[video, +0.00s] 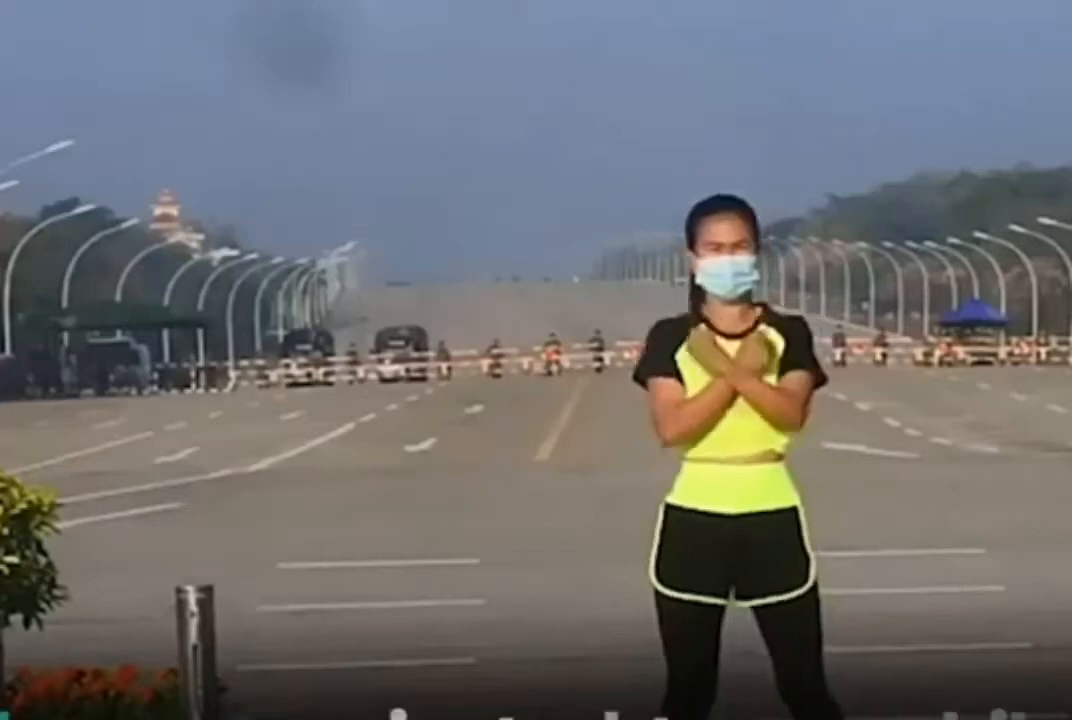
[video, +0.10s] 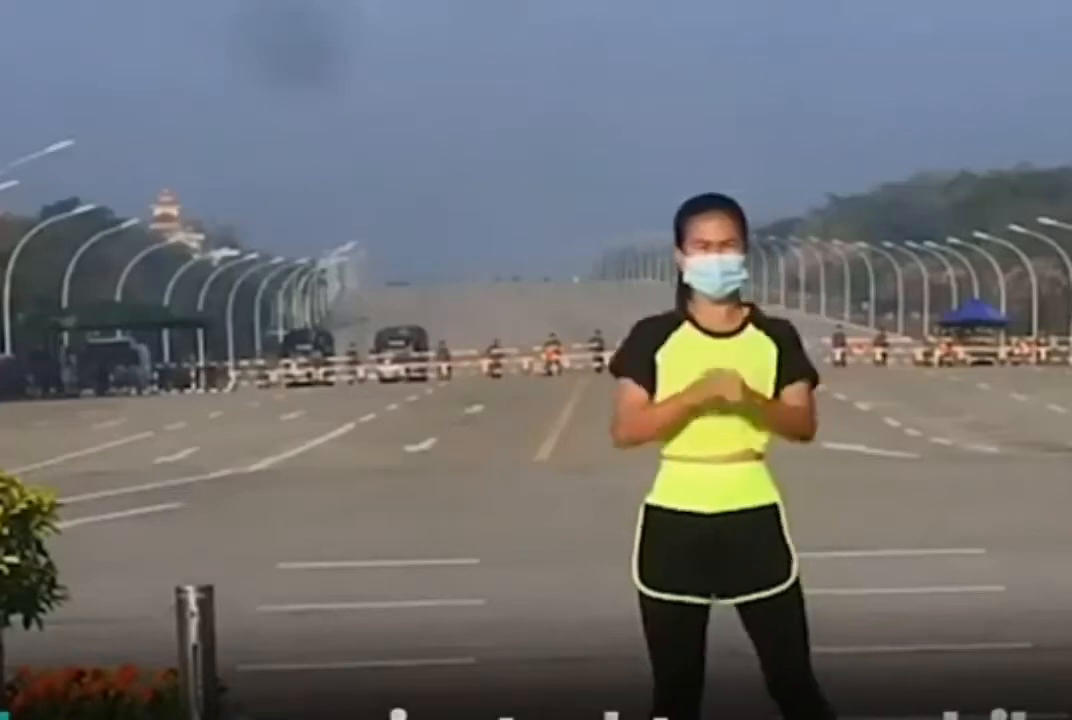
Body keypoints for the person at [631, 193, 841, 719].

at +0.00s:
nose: (731, 261)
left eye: (742, 248)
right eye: (716, 250)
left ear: (757, 254)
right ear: (693, 259)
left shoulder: (789, 331)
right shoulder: (670, 336)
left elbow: (792, 415)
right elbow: (671, 429)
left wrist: (731, 371)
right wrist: (736, 374)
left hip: (772, 522)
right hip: (693, 524)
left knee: (804, 687)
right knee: (689, 690)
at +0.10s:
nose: (720, 259)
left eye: (731, 247)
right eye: (704, 249)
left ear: (746, 254)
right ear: (681, 258)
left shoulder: (777, 336)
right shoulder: (653, 336)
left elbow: (803, 425)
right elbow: (625, 429)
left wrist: (748, 399)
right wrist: (696, 398)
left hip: (754, 521)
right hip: (674, 524)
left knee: (793, 683)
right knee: (676, 690)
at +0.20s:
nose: (706, 258)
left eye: (716, 244)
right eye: (690, 246)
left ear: (732, 251)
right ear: (667, 255)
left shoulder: (761, 337)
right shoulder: (638, 334)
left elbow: (808, 427)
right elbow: (586, 423)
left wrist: (803, 426)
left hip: (740, 524)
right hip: (660, 528)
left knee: (777, 685)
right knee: (670, 691)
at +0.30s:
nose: (699, 255)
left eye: (710, 243)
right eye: (684, 244)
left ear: (725, 251)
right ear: (661, 254)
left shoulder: (754, 336)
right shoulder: (631, 331)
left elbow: (810, 416)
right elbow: (573, 408)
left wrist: (832, 441)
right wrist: (568, 460)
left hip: (735, 518)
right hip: (654, 524)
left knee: (761, 682)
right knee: (669, 690)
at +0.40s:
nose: (688, 256)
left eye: (699, 243)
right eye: (673, 245)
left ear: (715, 251)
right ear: (649, 255)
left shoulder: (746, 334)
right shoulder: (620, 335)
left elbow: (822, 406)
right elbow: (550, 419)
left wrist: (895, 453)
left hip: (730, 521)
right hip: (649, 524)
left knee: (725, 690)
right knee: (665, 692)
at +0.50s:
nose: (686, 257)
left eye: (697, 244)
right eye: (670, 245)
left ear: (713, 253)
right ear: (646, 255)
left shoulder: (745, 334)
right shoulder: (619, 337)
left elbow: (821, 399)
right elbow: (547, 414)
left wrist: (905, 446)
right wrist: (465, 471)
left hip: (728, 523)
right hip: (647, 525)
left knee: (717, 692)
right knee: (662, 692)